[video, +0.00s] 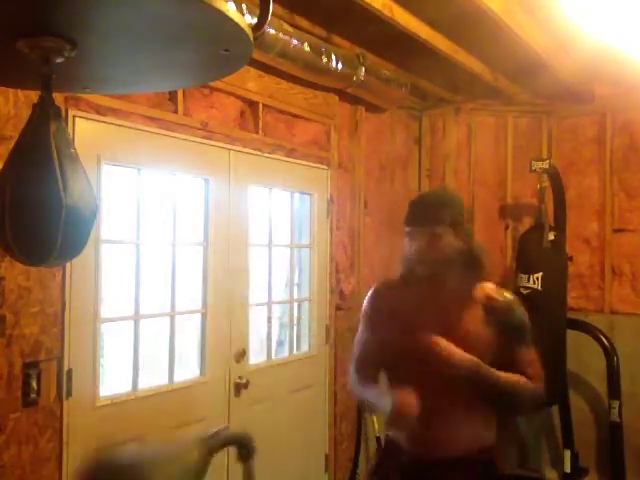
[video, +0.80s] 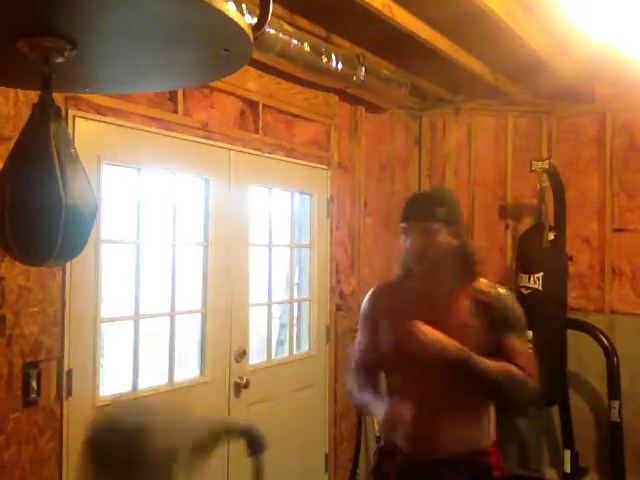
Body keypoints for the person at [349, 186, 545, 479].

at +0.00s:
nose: (424, 248)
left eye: (436, 236)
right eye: (414, 236)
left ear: (461, 237)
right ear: (405, 240)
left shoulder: (499, 305)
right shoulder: (385, 299)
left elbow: (535, 391)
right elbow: (360, 377)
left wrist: (467, 366)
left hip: (473, 463)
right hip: (403, 464)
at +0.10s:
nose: (404, 246)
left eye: (417, 234)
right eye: (398, 235)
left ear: (445, 237)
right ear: (392, 240)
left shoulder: (477, 293)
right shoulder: (385, 297)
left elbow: (497, 368)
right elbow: (375, 366)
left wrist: (413, 330)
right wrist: (379, 419)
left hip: (468, 461)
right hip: (405, 460)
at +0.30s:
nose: (390, 251)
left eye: (403, 238)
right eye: (387, 240)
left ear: (434, 240)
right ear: (383, 243)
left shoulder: (458, 285)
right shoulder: (401, 303)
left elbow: (419, 337)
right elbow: (421, 387)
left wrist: (339, 333)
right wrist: (378, 403)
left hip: (466, 463)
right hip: (414, 458)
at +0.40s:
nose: (398, 250)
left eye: (412, 237)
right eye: (394, 239)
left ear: (443, 242)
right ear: (391, 243)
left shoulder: (473, 295)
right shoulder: (396, 306)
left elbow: (493, 380)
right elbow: (398, 376)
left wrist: (414, 387)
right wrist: (378, 385)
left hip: (472, 464)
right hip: (412, 460)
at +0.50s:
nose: (419, 245)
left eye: (430, 232)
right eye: (412, 234)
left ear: (457, 235)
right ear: (404, 239)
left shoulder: (501, 300)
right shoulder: (391, 303)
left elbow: (545, 383)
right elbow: (352, 372)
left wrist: (486, 406)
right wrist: (356, 344)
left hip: (479, 463)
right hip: (412, 462)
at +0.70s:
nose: (423, 245)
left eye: (436, 234)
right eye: (415, 234)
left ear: (463, 237)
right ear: (408, 238)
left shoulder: (504, 306)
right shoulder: (386, 296)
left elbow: (540, 390)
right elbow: (343, 356)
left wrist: (475, 376)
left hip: (475, 464)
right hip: (403, 463)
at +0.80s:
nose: (417, 246)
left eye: (430, 234)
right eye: (409, 234)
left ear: (456, 236)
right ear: (401, 239)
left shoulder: (494, 302)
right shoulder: (382, 301)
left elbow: (527, 385)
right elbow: (359, 376)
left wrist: (452, 351)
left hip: (470, 462)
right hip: (401, 463)